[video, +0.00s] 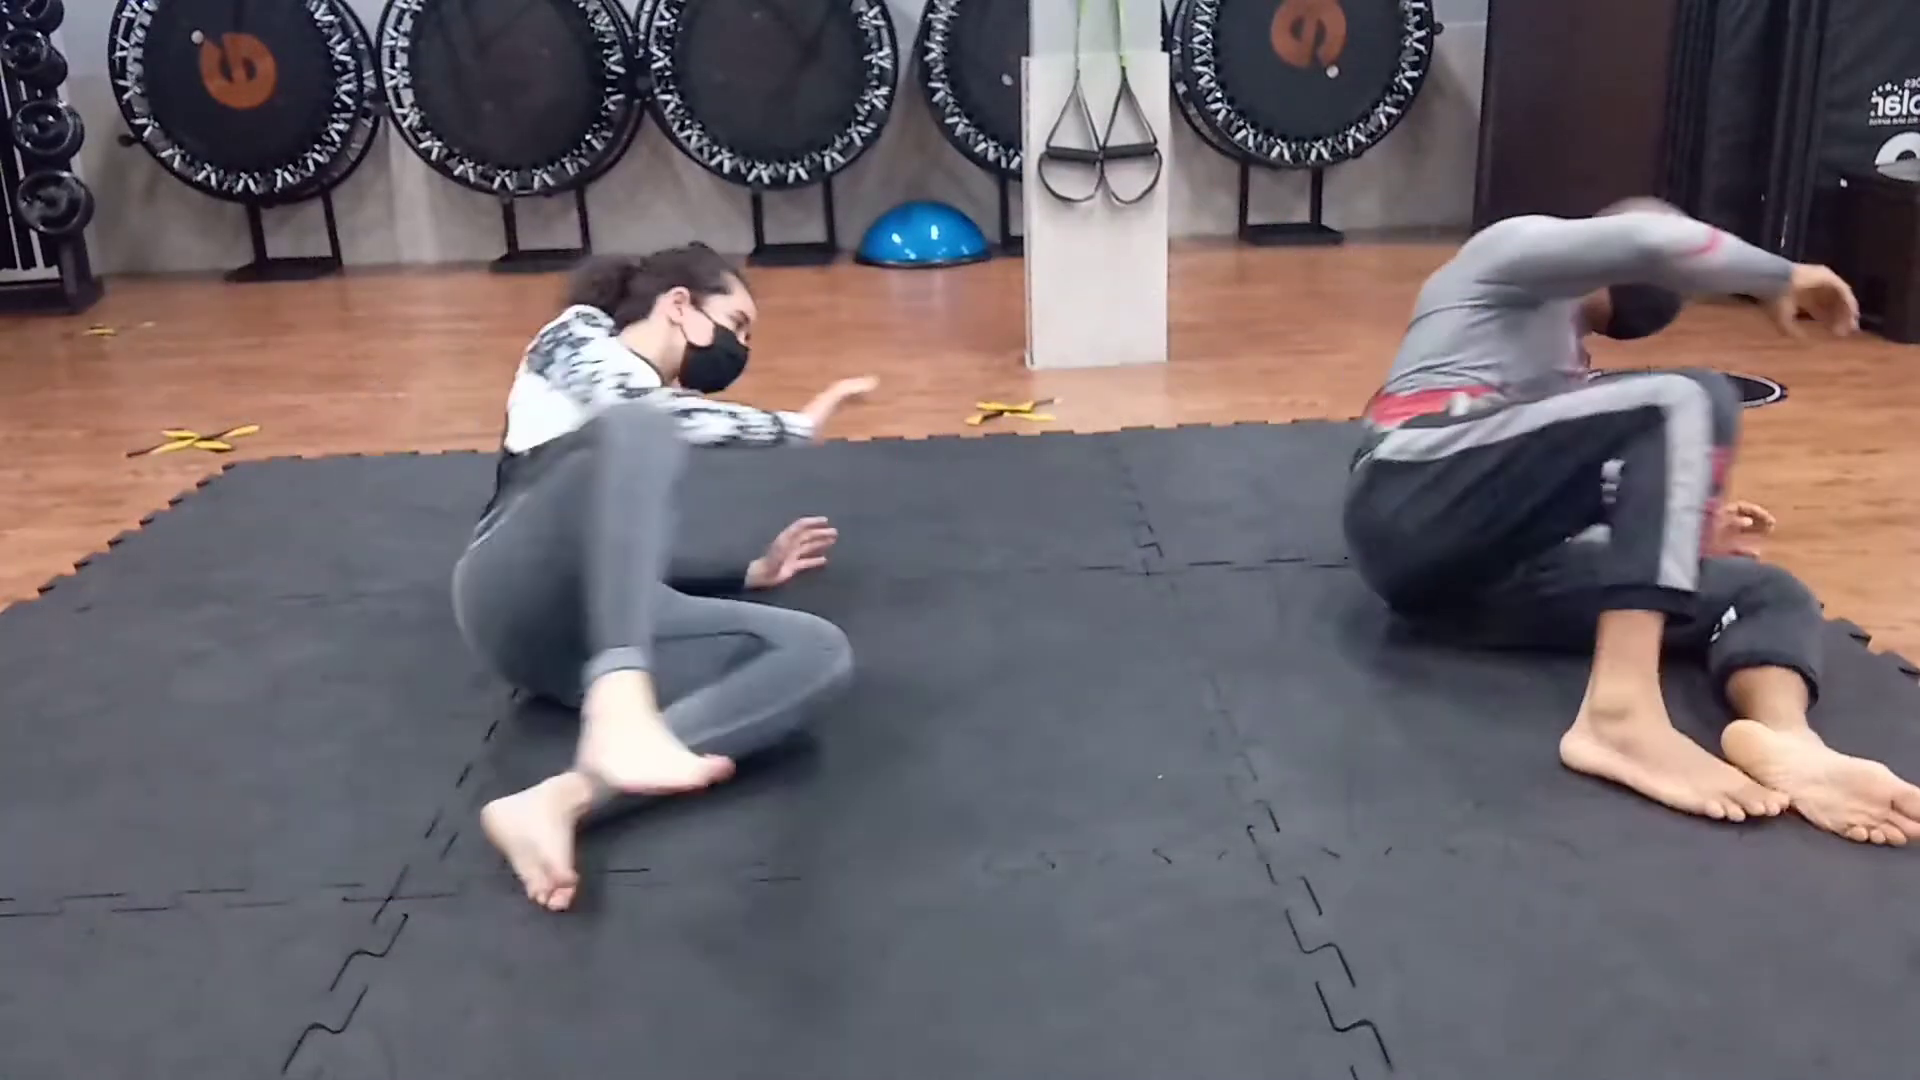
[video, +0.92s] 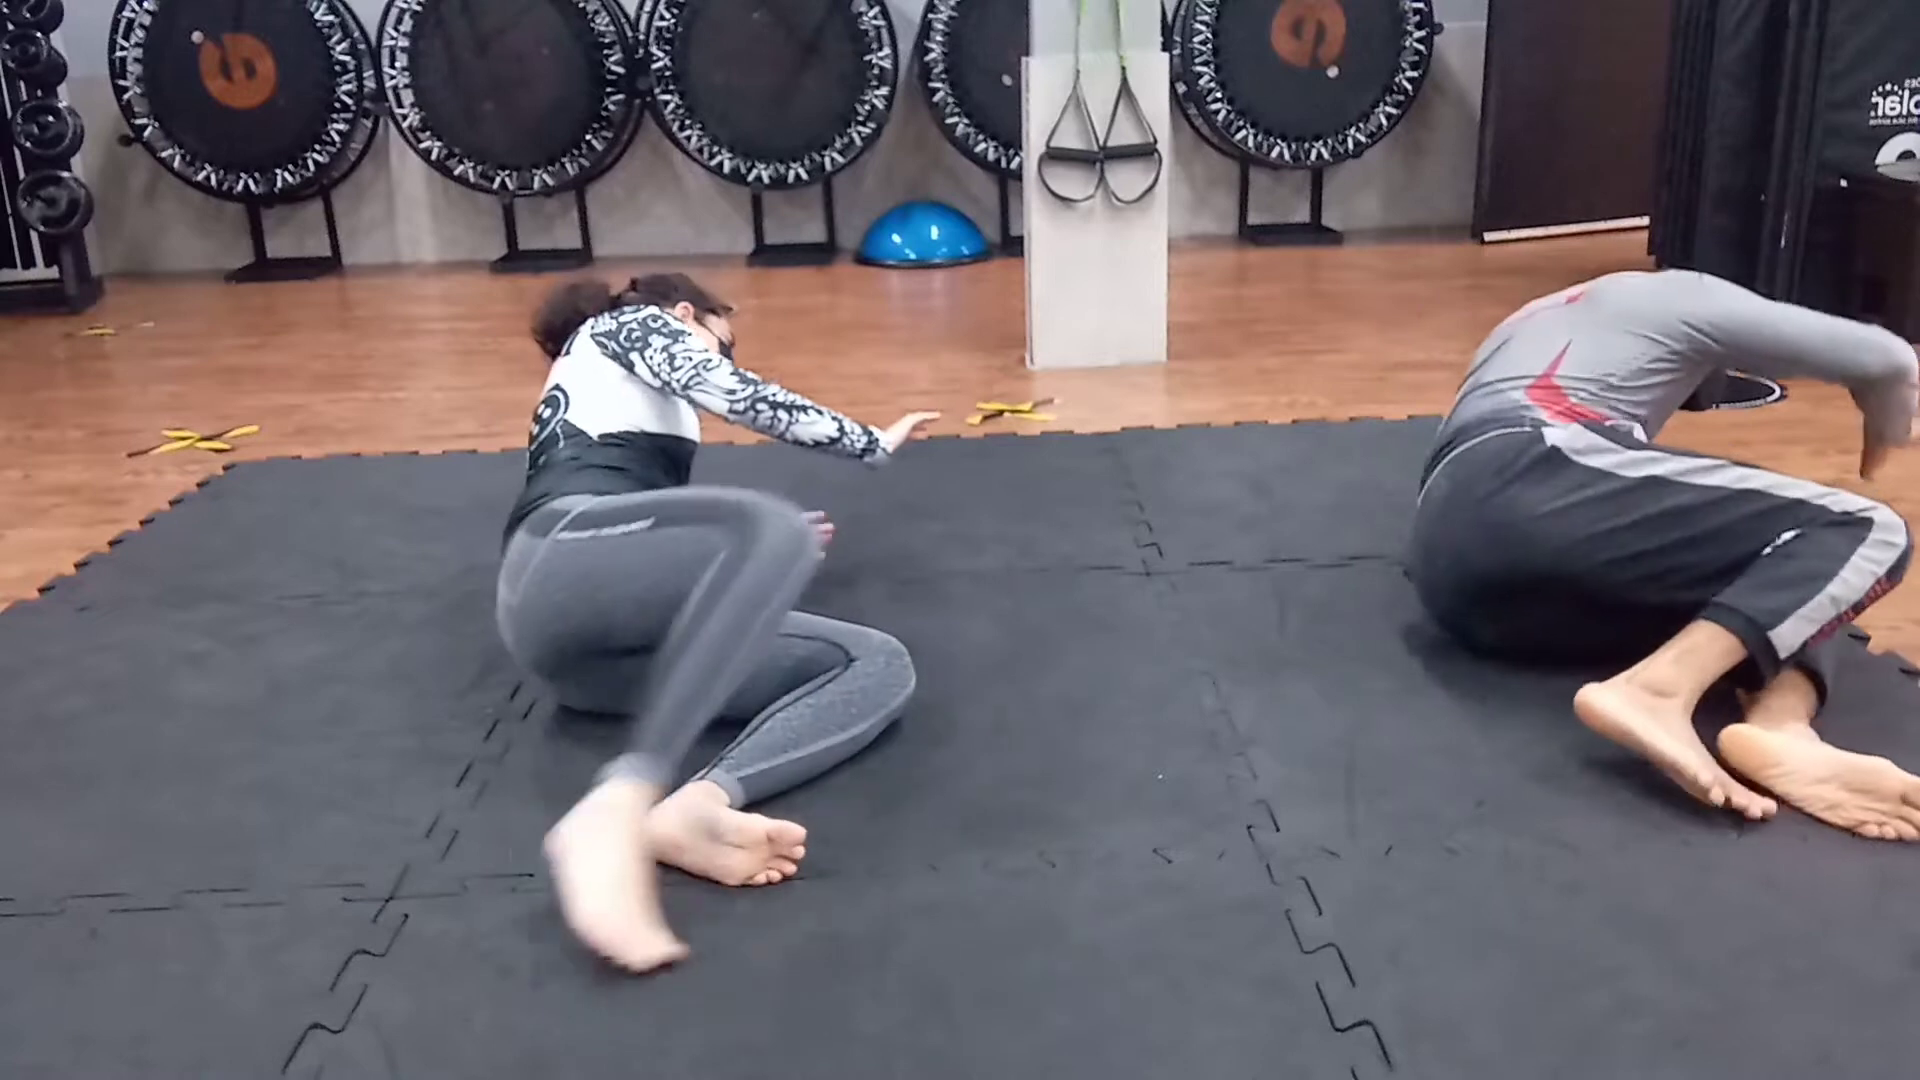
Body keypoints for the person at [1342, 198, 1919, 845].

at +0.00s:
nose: (1621, 325)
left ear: (1608, 306)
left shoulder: (1570, 387)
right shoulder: (1504, 258)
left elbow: (1551, 520)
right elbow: (1651, 236)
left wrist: (1681, 538)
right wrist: (1782, 280)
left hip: (1467, 586)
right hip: (1410, 493)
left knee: (1761, 587)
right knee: (1686, 398)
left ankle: (1777, 732)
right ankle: (1619, 711)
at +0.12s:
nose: (1690, 298)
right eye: (1690, 286)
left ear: (1630, 317)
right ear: (1641, 254)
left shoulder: (1574, 391)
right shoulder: (1531, 256)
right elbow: (1702, 245)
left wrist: (1708, 531)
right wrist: (1809, 297)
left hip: (1462, 594)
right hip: (1428, 486)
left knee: (1765, 592)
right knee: (1734, 412)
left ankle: (1777, 729)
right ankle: (1626, 709)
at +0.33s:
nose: (1647, 358)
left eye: (1656, 353)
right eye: (1659, 345)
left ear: (1644, 329)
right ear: (1662, 274)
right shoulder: (1586, 260)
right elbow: (1766, 271)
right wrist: (1850, 341)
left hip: (1453, 591)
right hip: (1461, 477)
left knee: (1773, 593)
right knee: (1799, 460)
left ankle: (1779, 728)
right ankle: (1639, 699)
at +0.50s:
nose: (1685, 363)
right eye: (1690, 356)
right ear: (1669, 295)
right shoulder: (1619, 270)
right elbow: (1814, 296)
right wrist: (1875, 372)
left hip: (1449, 589)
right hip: (1488, 472)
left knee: (1783, 588)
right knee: (1832, 497)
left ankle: (1776, 721)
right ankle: (1660, 684)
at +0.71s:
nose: (1695, 395)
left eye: (1698, 391)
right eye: (1701, 385)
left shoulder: (1524, 338)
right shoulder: (1656, 285)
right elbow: (1863, 317)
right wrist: (1886, 401)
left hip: (1455, 585)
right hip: (1509, 473)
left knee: (1802, 600)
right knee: (1859, 525)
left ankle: (1775, 723)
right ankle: (1663, 680)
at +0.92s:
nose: (1705, 400)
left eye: (1710, 396)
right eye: (1711, 391)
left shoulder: (1526, 334)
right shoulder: (1675, 298)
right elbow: (1888, 359)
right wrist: (1883, 439)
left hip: (1453, 584)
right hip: (1516, 479)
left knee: (1795, 597)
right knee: (1867, 529)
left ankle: (1780, 725)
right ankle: (1656, 685)